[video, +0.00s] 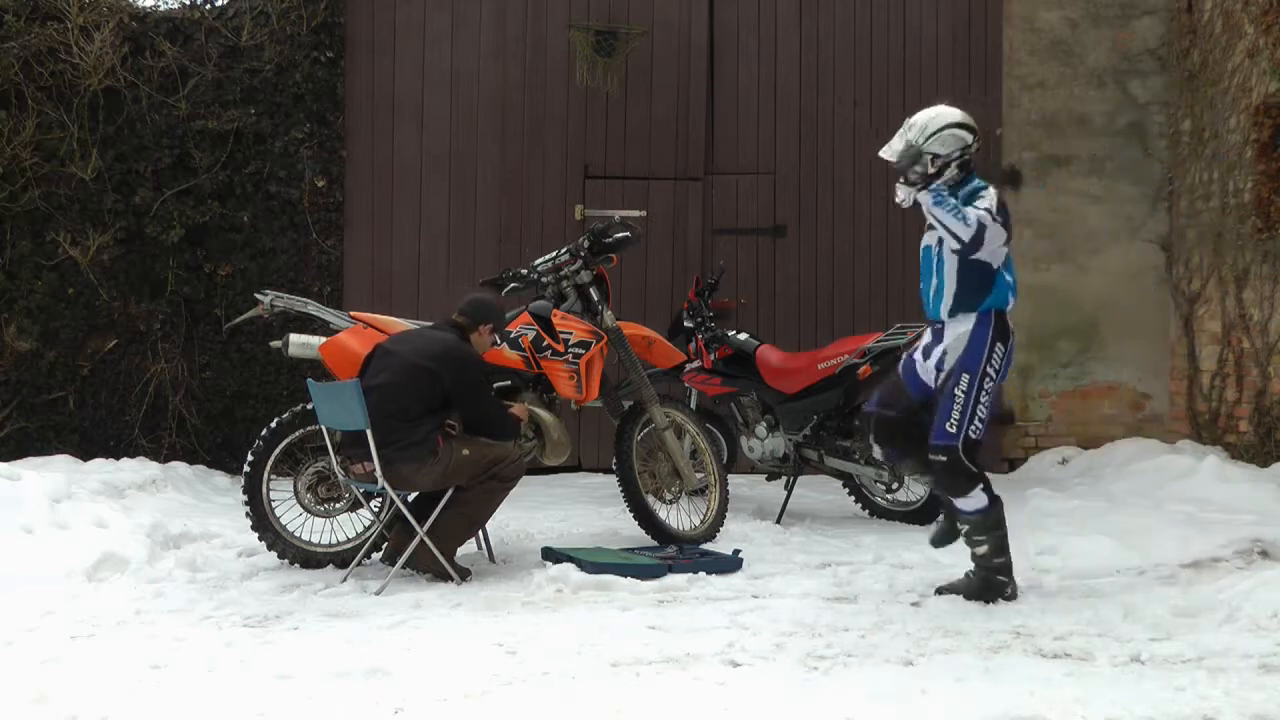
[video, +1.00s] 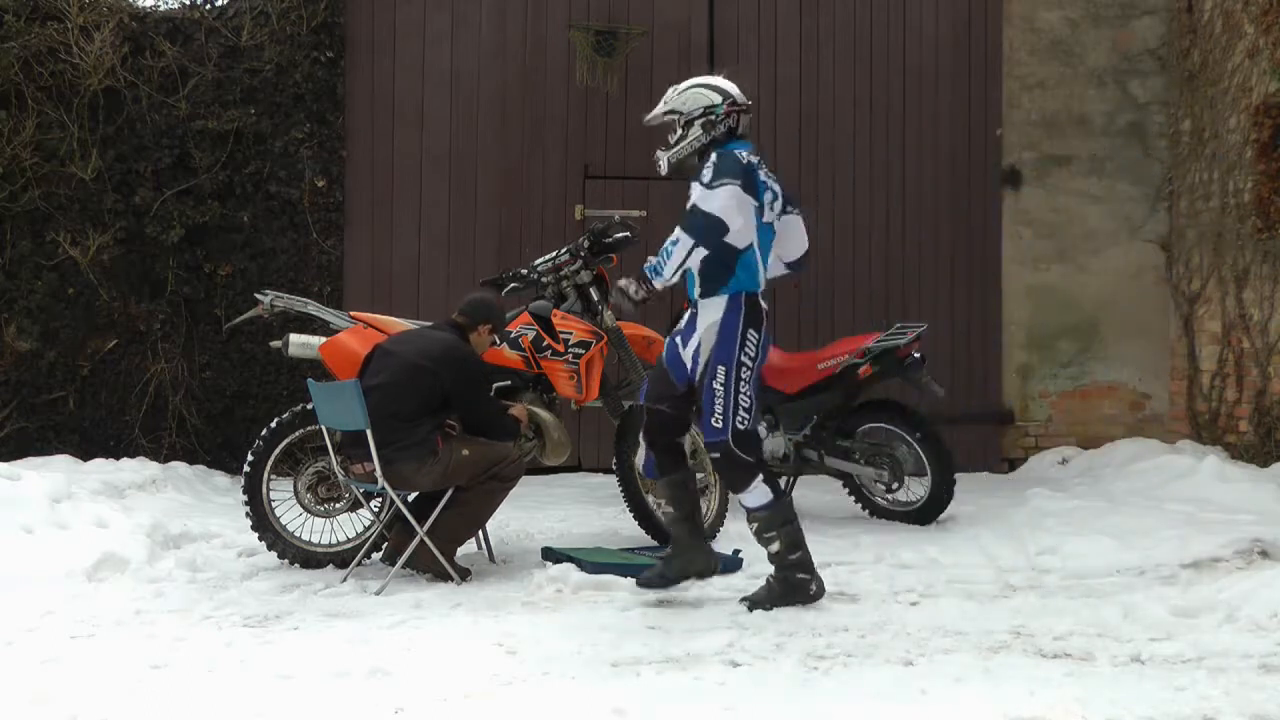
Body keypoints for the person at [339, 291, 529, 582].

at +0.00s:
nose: (492, 345)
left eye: (495, 339)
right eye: (494, 337)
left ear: (459, 317)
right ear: (484, 329)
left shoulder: (405, 337)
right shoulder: (461, 356)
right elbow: (494, 428)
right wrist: (514, 417)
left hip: (358, 454)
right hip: (401, 461)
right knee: (509, 463)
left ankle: (402, 543)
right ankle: (435, 551)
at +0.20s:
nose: (492, 345)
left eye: (495, 339)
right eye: (494, 338)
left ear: (459, 317)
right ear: (484, 329)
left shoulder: (405, 337)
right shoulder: (461, 357)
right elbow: (493, 429)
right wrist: (514, 420)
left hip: (357, 456)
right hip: (401, 461)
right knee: (508, 464)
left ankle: (402, 543)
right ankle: (435, 551)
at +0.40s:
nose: (492, 345)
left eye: (495, 338)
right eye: (493, 337)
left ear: (459, 317)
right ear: (483, 329)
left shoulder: (404, 337)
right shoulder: (461, 357)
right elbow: (485, 422)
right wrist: (516, 423)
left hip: (357, 456)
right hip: (400, 461)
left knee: (464, 453)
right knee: (508, 464)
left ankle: (402, 543)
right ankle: (435, 550)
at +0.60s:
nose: (491, 346)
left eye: (494, 339)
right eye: (493, 337)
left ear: (458, 318)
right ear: (483, 329)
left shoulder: (404, 337)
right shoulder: (462, 358)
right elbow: (489, 427)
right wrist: (515, 419)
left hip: (357, 456)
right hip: (400, 461)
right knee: (508, 464)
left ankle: (402, 543)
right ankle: (435, 550)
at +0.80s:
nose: (491, 346)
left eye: (494, 340)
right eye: (493, 338)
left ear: (458, 317)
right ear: (483, 329)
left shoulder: (403, 337)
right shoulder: (462, 358)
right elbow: (490, 428)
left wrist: (494, 409)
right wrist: (514, 418)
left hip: (357, 454)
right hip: (400, 461)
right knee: (508, 463)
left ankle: (402, 542)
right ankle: (435, 551)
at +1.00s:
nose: (490, 347)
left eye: (494, 340)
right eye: (493, 339)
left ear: (458, 317)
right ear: (483, 330)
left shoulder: (404, 337)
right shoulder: (461, 357)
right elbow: (490, 427)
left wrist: (492, 409)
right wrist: (514, 418)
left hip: (357, 454)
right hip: (401, 461)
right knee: (508, 463)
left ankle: (402, 542)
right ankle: (436, 551)